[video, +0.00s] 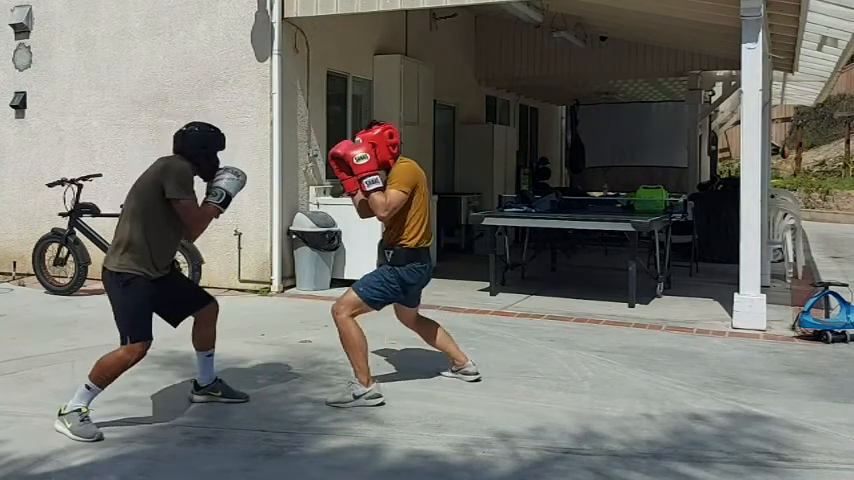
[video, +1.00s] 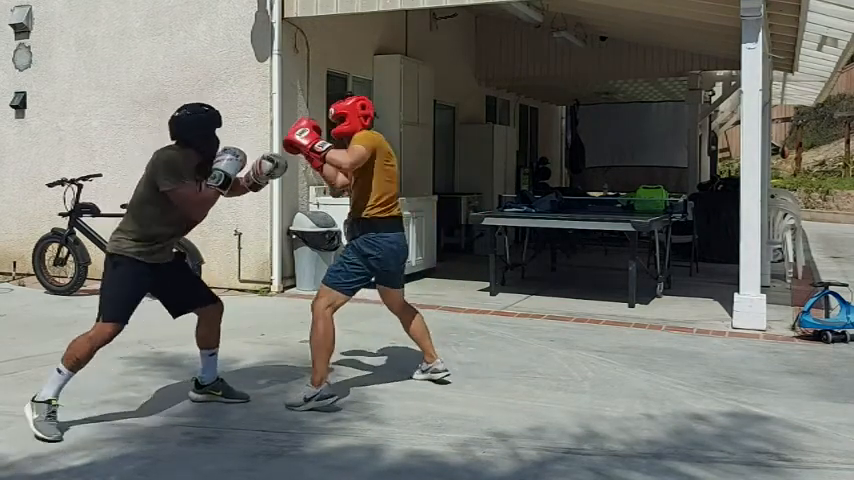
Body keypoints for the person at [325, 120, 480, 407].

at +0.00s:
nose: (368, 154)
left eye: (369, 148)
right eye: (366, 149)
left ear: (383, 147)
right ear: (387, 147)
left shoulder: (405, 169)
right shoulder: (392, 173)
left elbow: (383, 210)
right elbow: (365, 209)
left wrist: (367, 172)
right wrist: (349, 178)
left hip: (404, 265)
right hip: (413, 263)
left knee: (342, 310)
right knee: (409, 316)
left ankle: (365, 386)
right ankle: (463, 363)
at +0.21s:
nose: (363, 133)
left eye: (364, 127)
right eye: (361, 128)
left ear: (379, 127)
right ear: (385, 127)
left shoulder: (401, 149)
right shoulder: (385, 154)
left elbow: (382, 186)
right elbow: (356, 187)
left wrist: (367, 149)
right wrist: (343, 152)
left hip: (395, 246)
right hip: (404, 245)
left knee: (340, 303)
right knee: (416, 309)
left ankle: (341, 385)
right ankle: (461, 362)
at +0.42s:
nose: (340, 140)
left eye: (342, 135)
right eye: (338, 135)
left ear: (357, 133)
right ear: (358, 135)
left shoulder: (380, 156)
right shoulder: (359, 160)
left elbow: (354, 194)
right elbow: (328, 189)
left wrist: (342, 156)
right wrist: (315, 156)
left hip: (381, 253)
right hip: (390, 251)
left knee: (331, 309)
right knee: (407, 312)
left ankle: (324, 388)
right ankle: (457, 359)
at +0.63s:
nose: (327, 131)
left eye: (331, 125)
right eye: (326, 126)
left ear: (347, 123)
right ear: (345, 126)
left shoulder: (368, 142)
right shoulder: (350, 151)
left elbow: (356, 184)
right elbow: (333, 189)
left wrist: (328, 154)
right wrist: (312, 162)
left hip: (381, 241)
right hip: (382, 240)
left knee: (341, 308)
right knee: (386, 300)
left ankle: (325, 388)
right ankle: (436, 353)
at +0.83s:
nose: (341, 135)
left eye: (344, 127)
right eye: (339, 128)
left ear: (361, 123)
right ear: (362, 124)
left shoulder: (379, 148)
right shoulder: (372, 151)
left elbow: (379, 194)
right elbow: (362, 195)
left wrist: (340, 176)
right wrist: (334, 184)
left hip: (374, 245)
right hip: (385, 243)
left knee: (324, 304)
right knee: (392, 307)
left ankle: (321, 384)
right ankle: (435, 364)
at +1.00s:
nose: (337, 128)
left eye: (340, 121)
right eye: (336, 123)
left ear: (357, 118)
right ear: (364, 119)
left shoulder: (367, 138)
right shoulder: (373, 145)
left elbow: (349, 162)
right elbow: (338, 184)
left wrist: (315, 143)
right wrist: (314, 158)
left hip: (371, 240)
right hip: (392, 239)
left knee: (322, 306)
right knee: (397, 303)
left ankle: (319, 386)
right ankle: (433, 361)